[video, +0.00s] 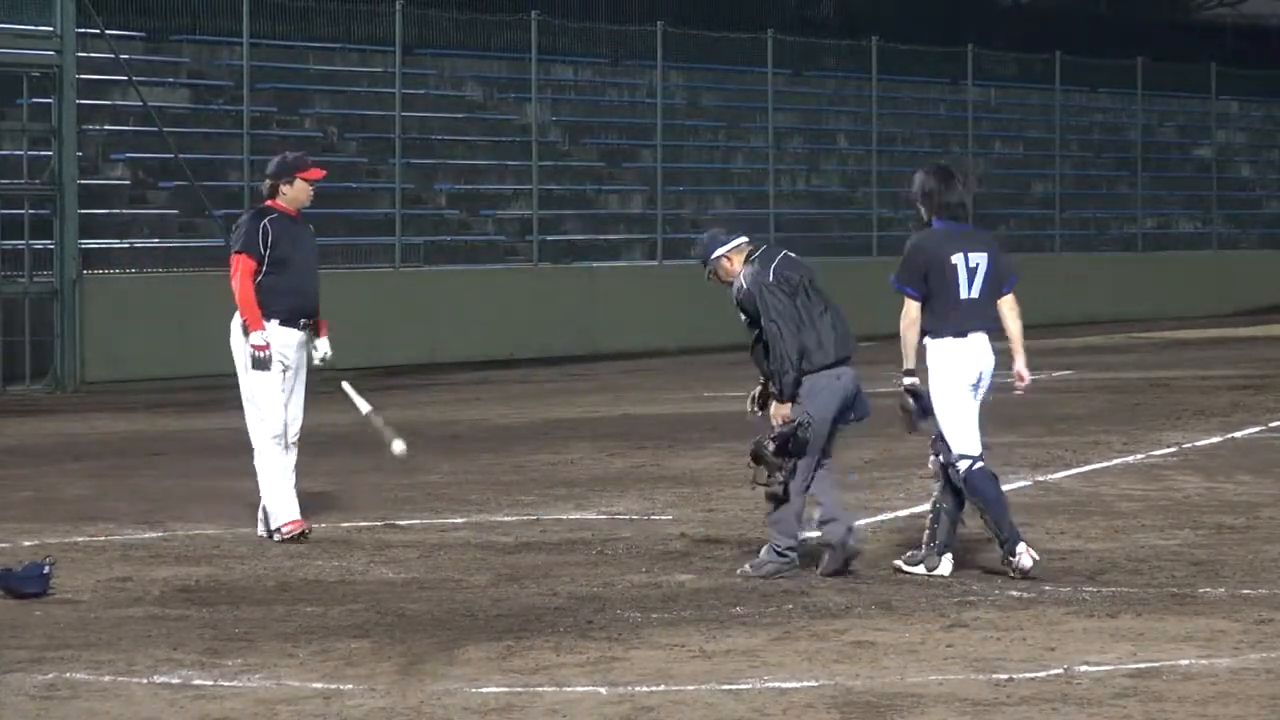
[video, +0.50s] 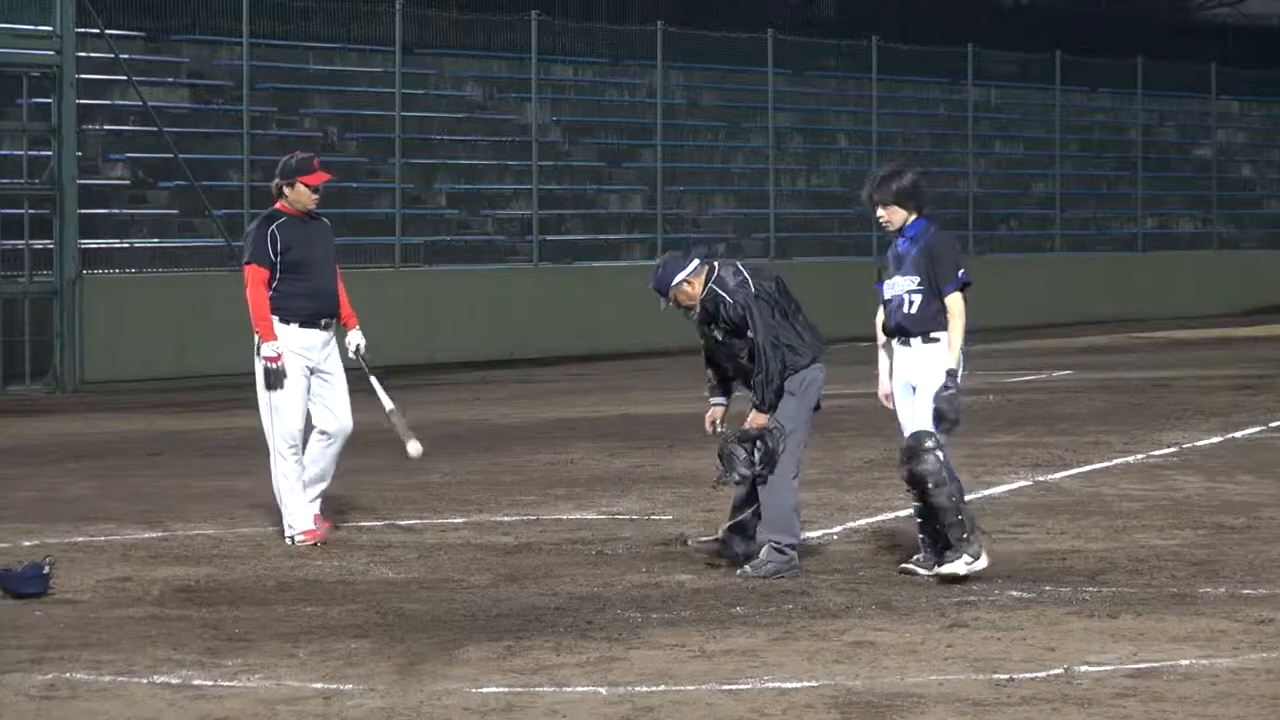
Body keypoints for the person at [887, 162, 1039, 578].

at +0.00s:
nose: (916, 205)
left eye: (918, 198)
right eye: (918, 198)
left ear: (926, 203)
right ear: (961, 199)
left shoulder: (922, 246)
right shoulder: (988, 243)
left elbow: (911, 313)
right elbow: (1008, 305)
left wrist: (908, 369)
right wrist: (1019, 356)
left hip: (944, 355)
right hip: (982, 352)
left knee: (965, 456)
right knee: (952, 452)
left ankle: (1015, 546)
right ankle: (936, 550)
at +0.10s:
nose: (910, 205)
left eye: (914, 198)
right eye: (912, 197)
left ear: (926, 201)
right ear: (953, 199)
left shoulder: (926, 242)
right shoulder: (977, 241)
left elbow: (909, 308)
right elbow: (987, 306)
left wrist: (894, 368)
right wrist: (986, 359)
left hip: (937, 349)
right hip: (969, 347)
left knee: (948, 454)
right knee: (943, 451)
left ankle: (1008, 539)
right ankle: (936, 550)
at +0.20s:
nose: (899, 206)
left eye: (902, 199)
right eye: (898, 199)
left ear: (919, 199)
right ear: (931, 197)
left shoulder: (931, 238)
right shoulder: (954, 234)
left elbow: (919, 306)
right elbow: (945, 302)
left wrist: (897, 366)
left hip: (932, 349)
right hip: (950, 347)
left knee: (938, 455)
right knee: (927, 453)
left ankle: (1008, 535)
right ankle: (935, 551)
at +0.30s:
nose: (893, 207)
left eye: (898, 200)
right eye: (891, 200)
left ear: (921, 198)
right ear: (915, 199)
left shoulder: (939, 236)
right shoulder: (924, 236)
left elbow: (935, 299)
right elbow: (917, 300)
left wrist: (915, 360)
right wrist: (907, 355)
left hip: (937, 346)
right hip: (921, 343)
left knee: (929, 455)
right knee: (922, 452)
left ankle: (1004, 533)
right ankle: (936, 550)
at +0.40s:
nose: (887, 210)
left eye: (892, 202)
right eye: (884, 203)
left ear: (914, 200)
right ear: (894, 204)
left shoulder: (937, 237)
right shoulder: (910, 241)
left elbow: (946, 306)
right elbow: (908, 309)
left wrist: (932, 372)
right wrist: (898, 363)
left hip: (933, 350)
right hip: (907, 350)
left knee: (922, 454)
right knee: (915, 452)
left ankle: (989, 537)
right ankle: (933, 547)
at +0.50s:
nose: (879, 214)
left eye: (885, 205)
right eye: (876, 206)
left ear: (908, 203)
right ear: (884, 208)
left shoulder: (936, 243)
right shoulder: (894, 248)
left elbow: (956, 308)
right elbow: (884, 315)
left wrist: (952, 371)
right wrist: (884, 372)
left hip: (933, 353)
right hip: (901, 355)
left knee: (926, 453)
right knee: (915, 454)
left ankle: (967, 544)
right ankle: (933, 548)